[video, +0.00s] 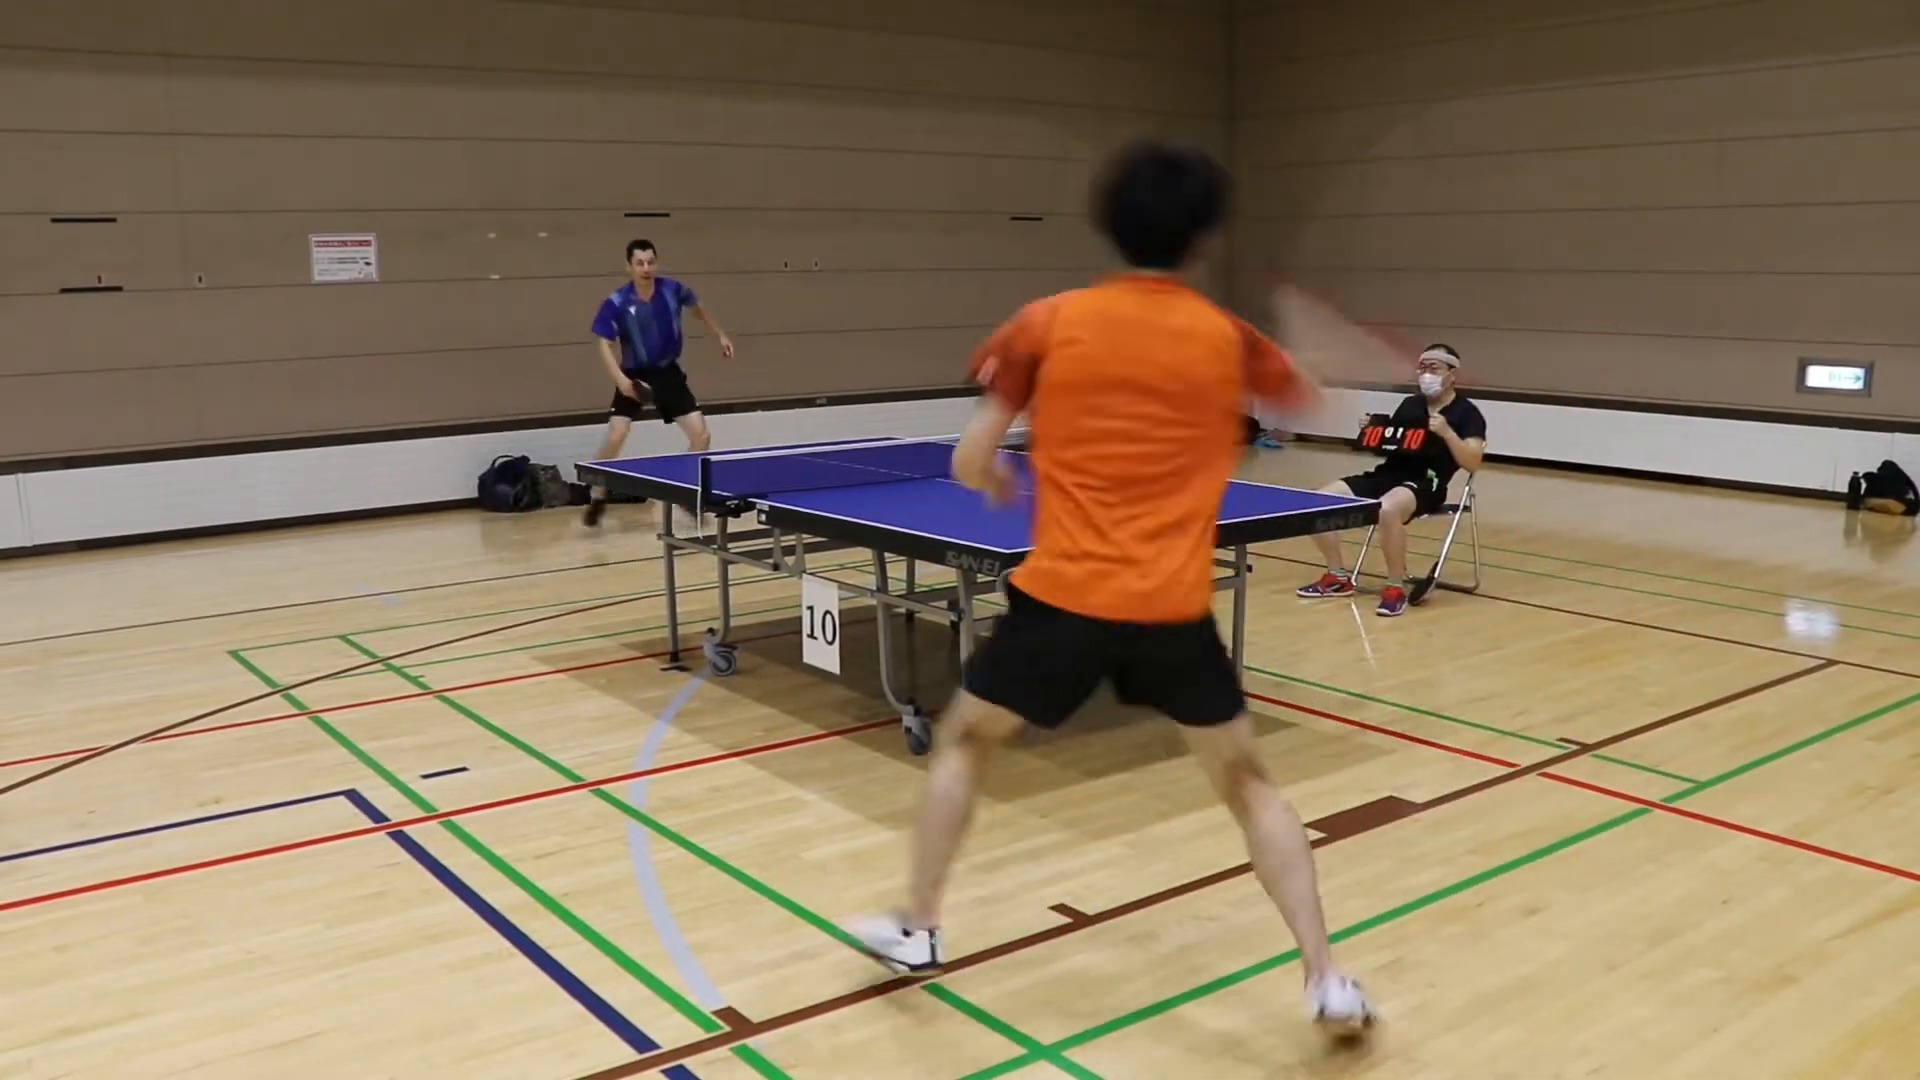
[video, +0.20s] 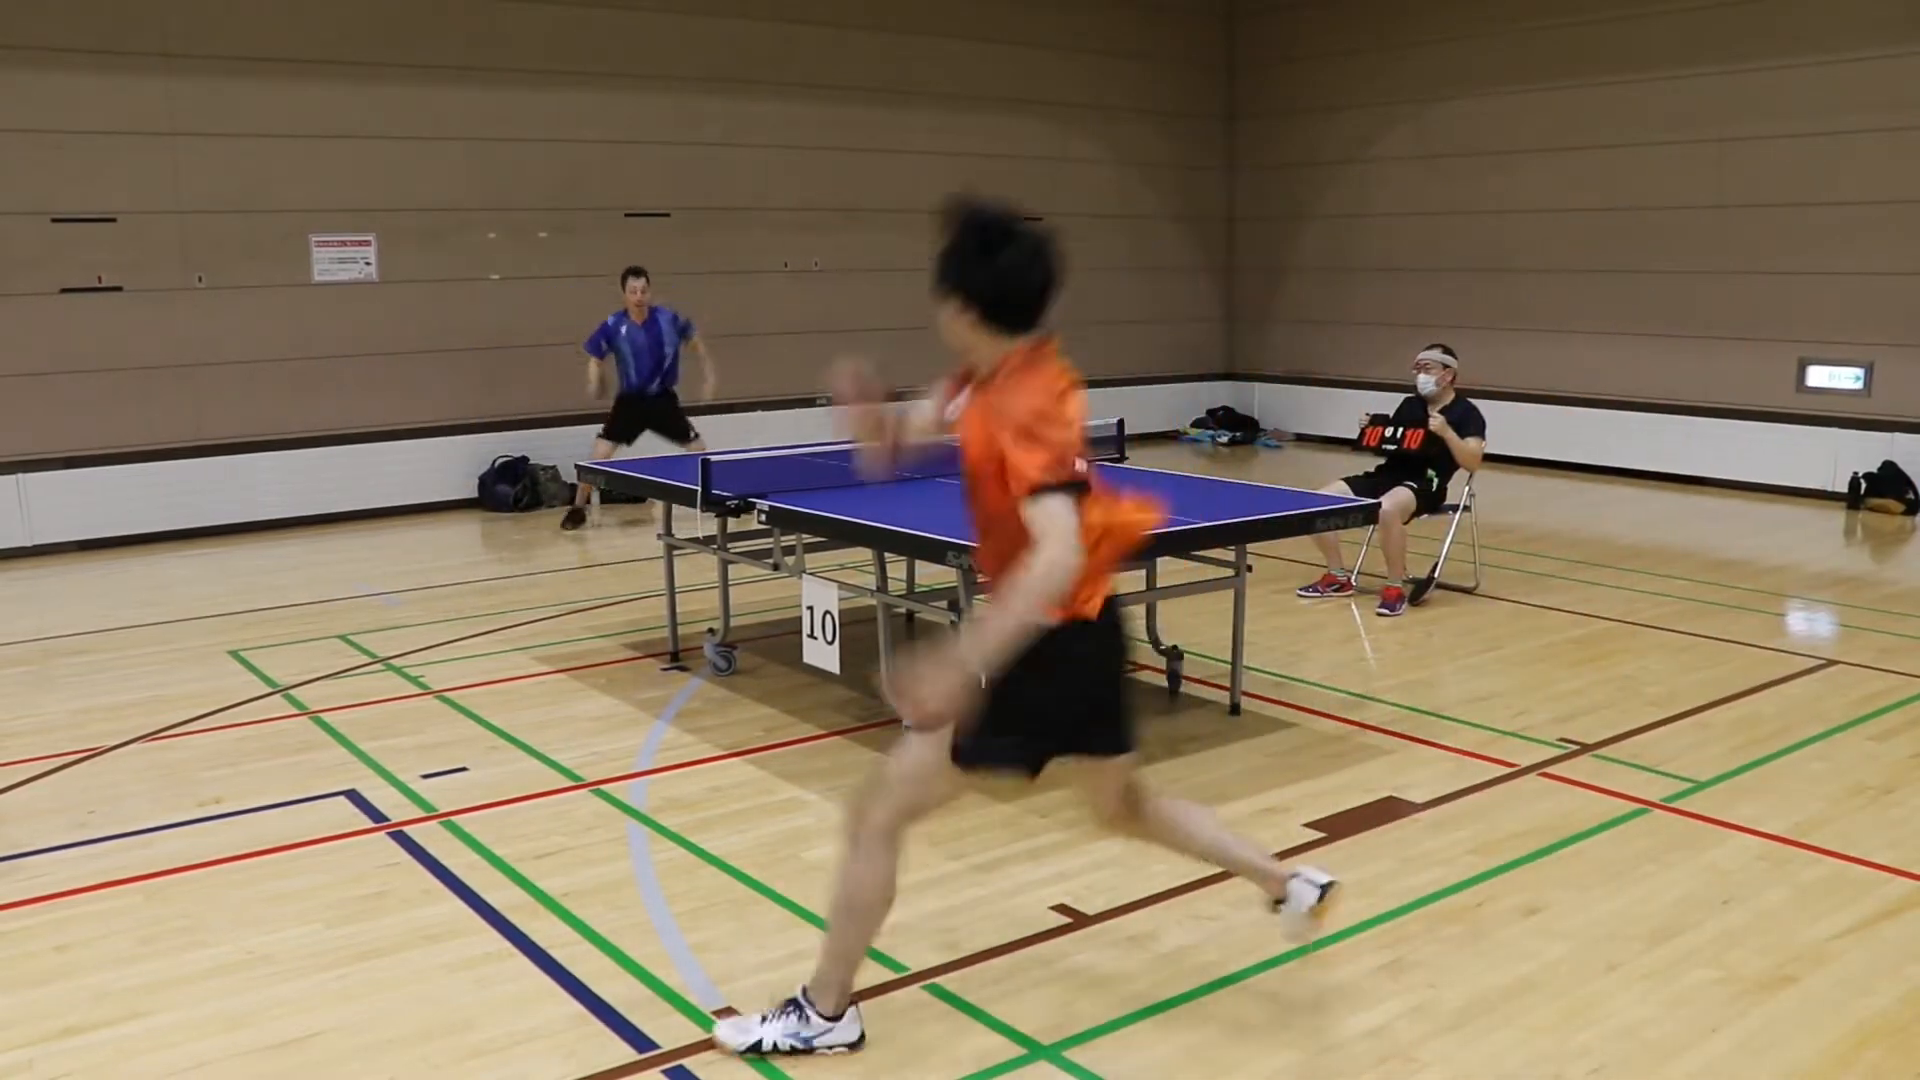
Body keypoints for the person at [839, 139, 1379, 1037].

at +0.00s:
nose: (1219, 240)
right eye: (1213, 228)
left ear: (1113, 229)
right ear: (1203, 240)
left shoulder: (1052, 323)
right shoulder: (1223, 339)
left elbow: (970, 462)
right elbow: (1316, 412)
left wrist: (1003, 482)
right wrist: (1306, 330)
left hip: (1059, 608)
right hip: (1171, 616)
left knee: (963, 738)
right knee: (1245, 778)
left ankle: (918, 925)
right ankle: (1324, 976)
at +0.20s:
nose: (937, 313)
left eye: (943, 298)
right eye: (941, 297)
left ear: (968, 308)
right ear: (1016, 303)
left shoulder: (1027, 404)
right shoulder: (989, 374)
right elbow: (899, 450)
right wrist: (875, 420)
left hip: (1040, 645)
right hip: (1084, 637)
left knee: (880, 807)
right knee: (1120, 802)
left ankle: (825, 1006)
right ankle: (1288, 882)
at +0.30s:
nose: (896, 361)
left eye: (897, 345)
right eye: (896, 345)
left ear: (918, 352)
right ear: (977, 344)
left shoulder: (997, 435)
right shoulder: (960, 430)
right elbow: (941, 532)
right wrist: (901, 562)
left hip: (1012, 676)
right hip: (1007, 669)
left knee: (837, 805)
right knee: (1033, 806)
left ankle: (820, 1007)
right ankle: (1178, 894)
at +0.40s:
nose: (916, 341)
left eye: (920, 327)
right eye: (918, 326)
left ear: (940, 335)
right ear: (994, 326)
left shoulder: (1001, 410)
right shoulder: (997, 396)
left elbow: (1110, 501)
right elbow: (1017, 527)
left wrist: (1121, 637)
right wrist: (945, 581)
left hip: (1030, 649)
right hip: (1021, 634)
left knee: (872, 798)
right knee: (1005, 757)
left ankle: (823, 1006)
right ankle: (1129, 869)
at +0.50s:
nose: (970, 286)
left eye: (973, 273)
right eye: (971, 272)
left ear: (992, 280)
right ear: (1056, 279)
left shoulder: (1012, 360)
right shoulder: (1093, 354)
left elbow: (1079, 469)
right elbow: (1110, 480)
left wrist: (1037, 574)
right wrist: (1005, 525)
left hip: (1049, 599)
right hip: (1109, 589)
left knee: (947, 782)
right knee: (1076, 731)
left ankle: (867, 973)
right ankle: (1148, 875)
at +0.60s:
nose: (1022, 264)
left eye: (1027, 252)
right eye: (1027, 250)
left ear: (1041, 262)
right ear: (1108, 262)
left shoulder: (1023, 344)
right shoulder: (1154, 348)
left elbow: (997, 469)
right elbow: (1178, 482)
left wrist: (966, 556)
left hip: (1081, 576)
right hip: (1164, 564)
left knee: (977, 744)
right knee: (1150, 707)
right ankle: (1181, 862)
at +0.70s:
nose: (1085, 287)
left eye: (1089, 276)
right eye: (1091, 275)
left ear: (1100, 284)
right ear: (1172, 287)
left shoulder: (1059, 360)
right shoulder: (1205, 374)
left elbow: (988, 486)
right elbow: (1238, 523)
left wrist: (1029, 550)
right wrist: (1202, 541)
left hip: (1085, 598)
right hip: (1178, 594)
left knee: (1026, 771)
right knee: (1227, 722)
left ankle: (1037, 950)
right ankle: (1277, 861)